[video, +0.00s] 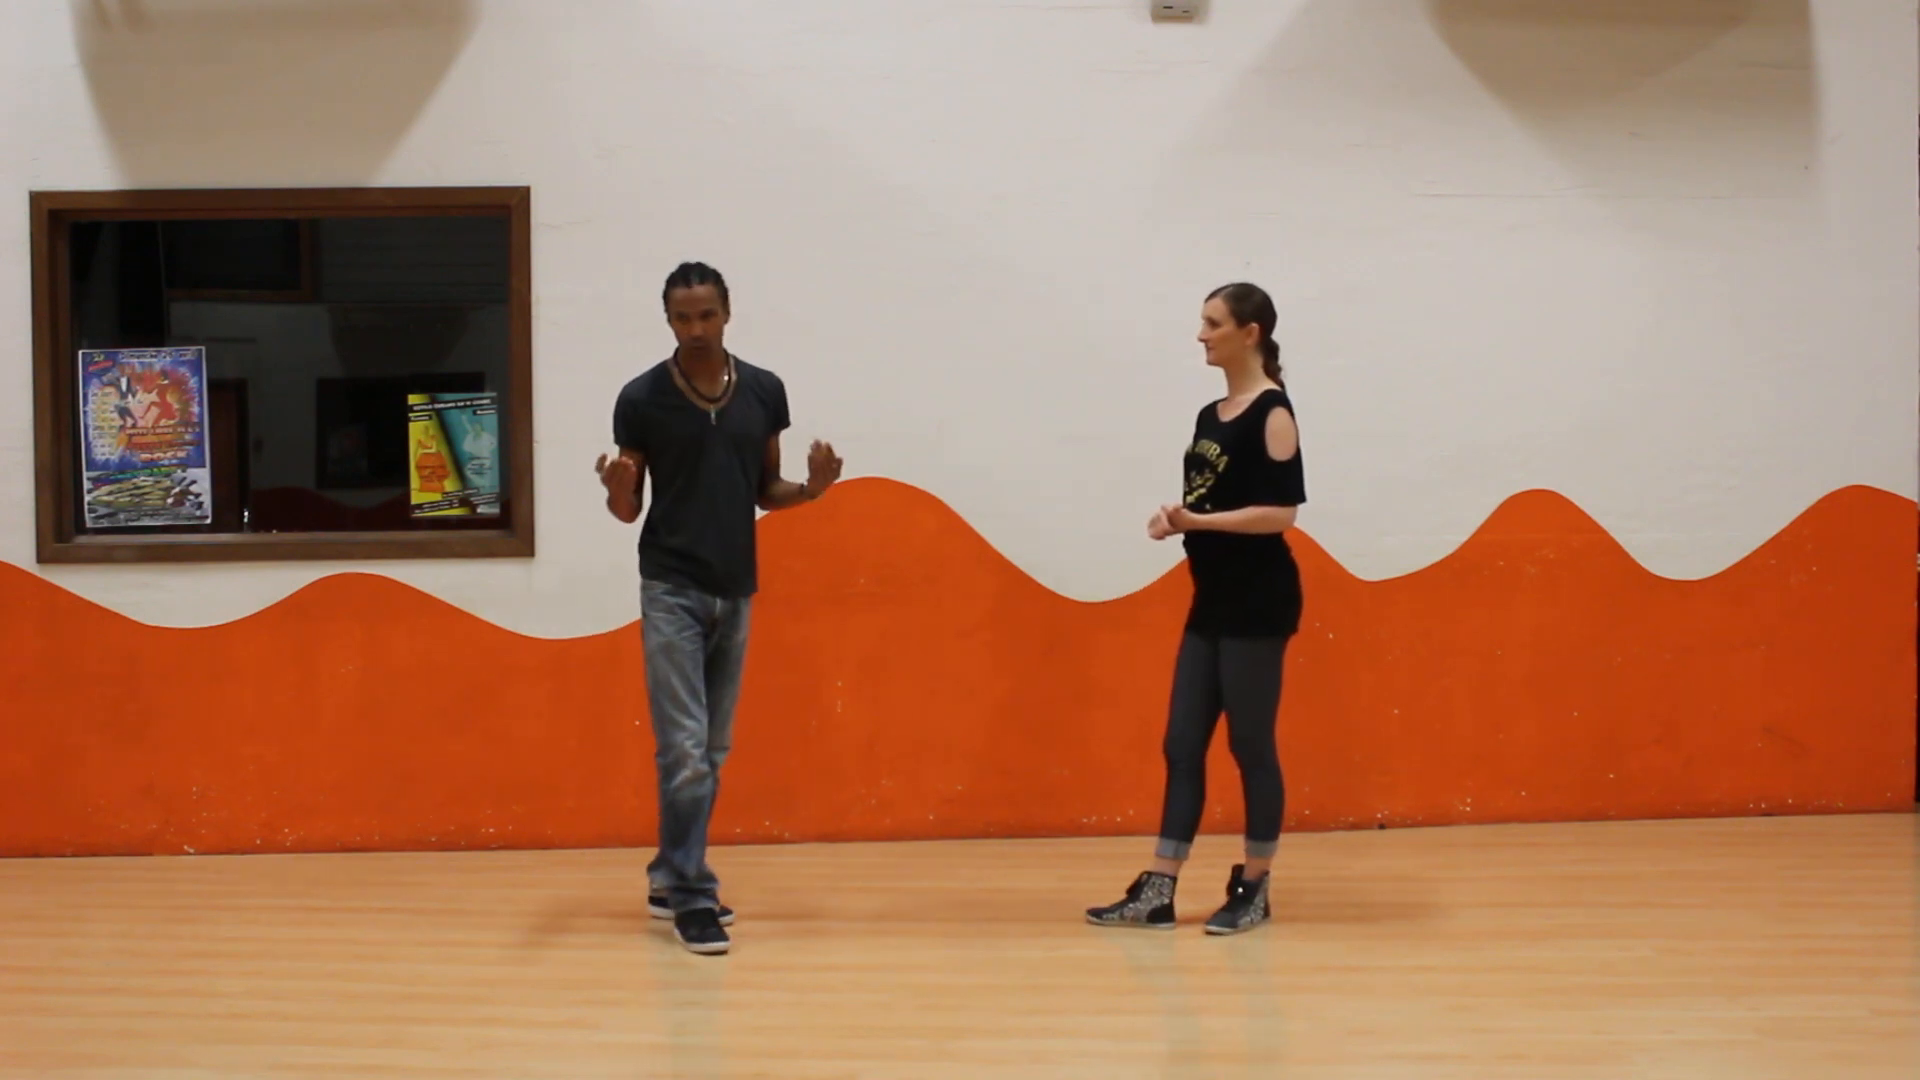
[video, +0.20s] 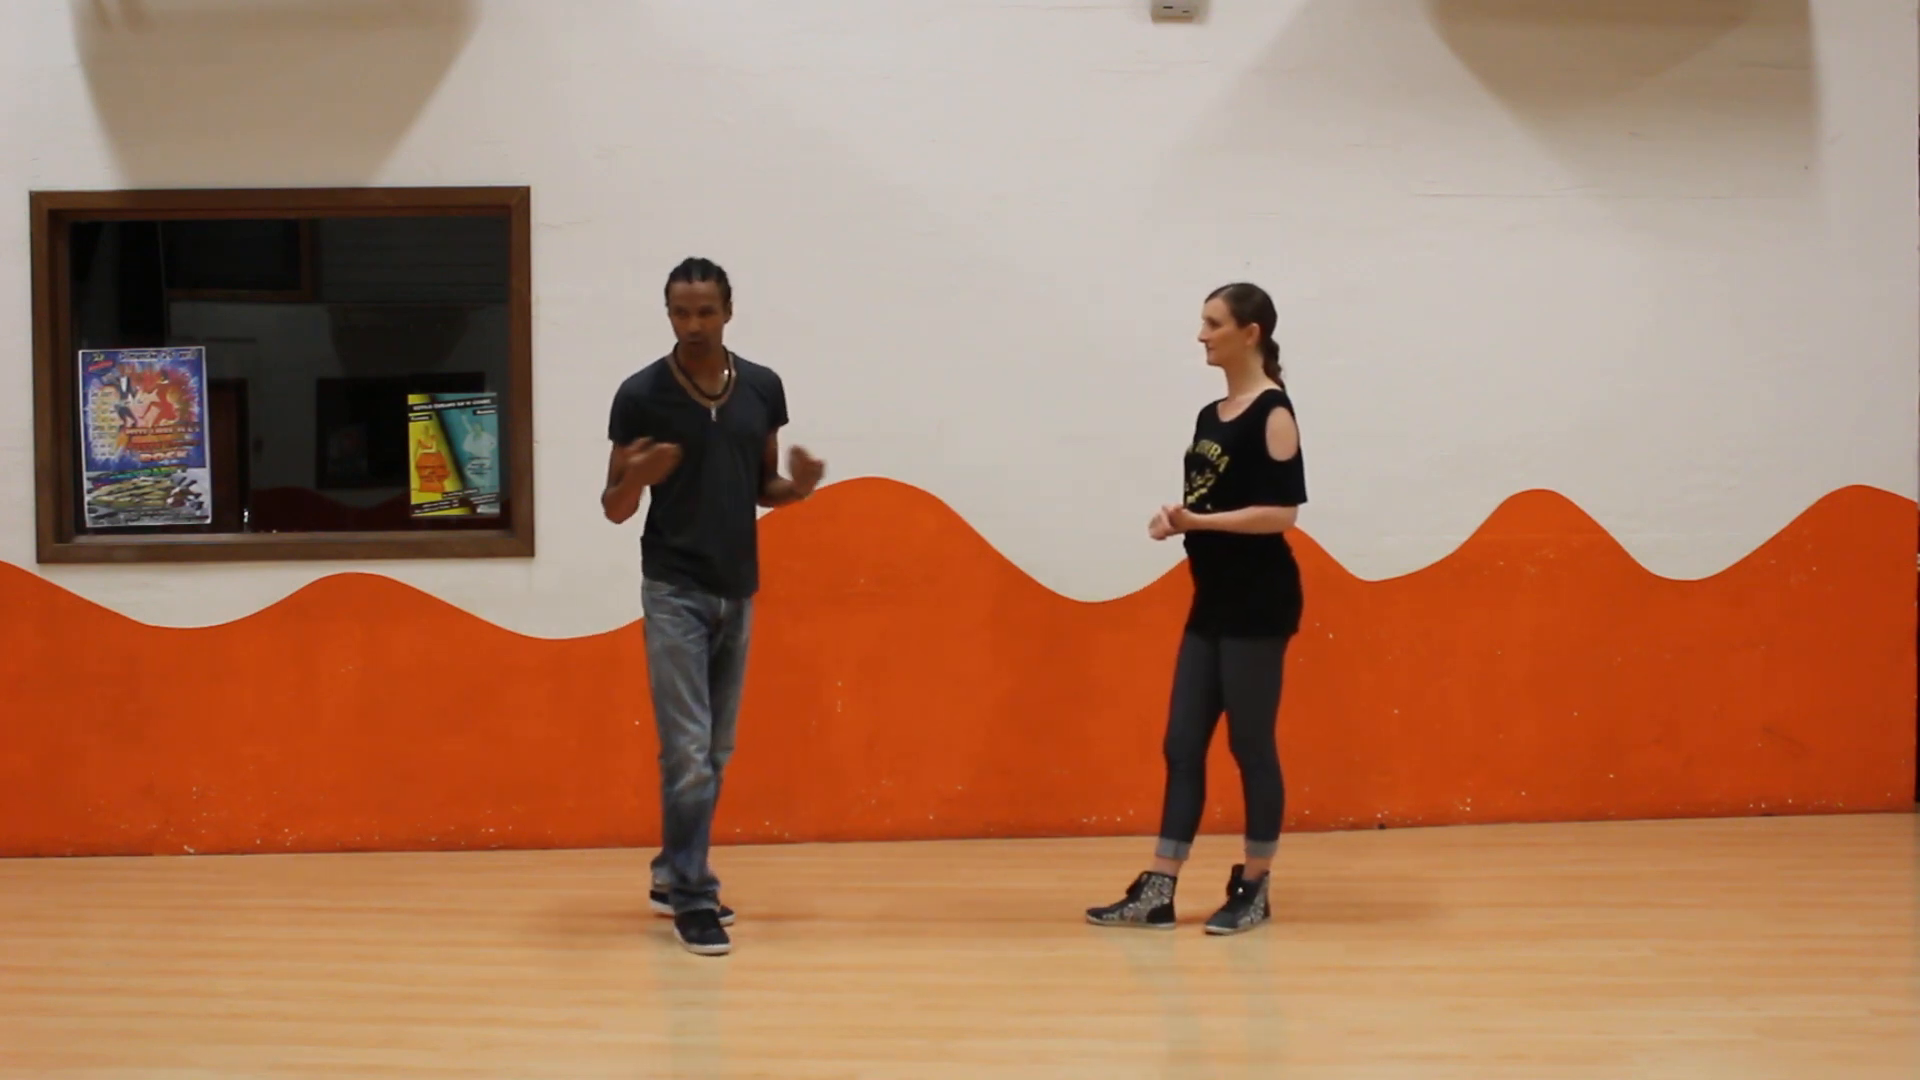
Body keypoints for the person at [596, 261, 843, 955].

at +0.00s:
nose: (695, 328)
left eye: (706, 314)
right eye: (683, 317)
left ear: (727, 314)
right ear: (667, 320)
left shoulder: (763, 391)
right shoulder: (642, 401)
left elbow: (767, 490)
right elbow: (627, 510)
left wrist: (812, 487)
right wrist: (618, 482)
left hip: (733, 590)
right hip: (668, 588)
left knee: (712, 748)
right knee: (686, 746)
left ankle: (672, 874)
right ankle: (694, 897)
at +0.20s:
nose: (692, 323)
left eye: (705, 311)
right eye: (681, 311)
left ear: (728, 313)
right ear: (667, 315)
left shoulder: (761, 387)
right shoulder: (641, 396)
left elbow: (764, 485)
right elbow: (617, 510)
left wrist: (797, 486)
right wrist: (631, 475)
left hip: (735, 589)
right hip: (672, 587)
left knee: (715, 748)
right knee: (689, 747)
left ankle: (677, 873)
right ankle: (695, 896)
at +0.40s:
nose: (709, 320)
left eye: (722, 308)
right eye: (697, 307)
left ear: (736, 312)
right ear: (674, 308)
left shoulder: (755, 383)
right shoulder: (643, 392)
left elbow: (769, 481)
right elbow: (615, 507)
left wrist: (769, 478)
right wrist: (696, 475)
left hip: (738, 590)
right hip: (676, 591)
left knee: (723, 752)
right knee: (690, 751)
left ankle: (682, 874)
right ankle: (696, 899)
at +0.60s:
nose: (750, 332)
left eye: (755, 320)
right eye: (741, 319)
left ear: (743, 321)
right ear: (697, 314)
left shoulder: (745, 380)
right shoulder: (648, 394)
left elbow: (740, 473)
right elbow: (631, 511)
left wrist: (761, 478)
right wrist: (719, 480)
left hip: (738, 592)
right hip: (676, 596)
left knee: (757, 740)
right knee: (688, 751)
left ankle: (704, 872)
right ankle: (691, 896)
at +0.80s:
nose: (773, 330)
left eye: (776, 318)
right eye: (766, 317)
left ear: (736, 315)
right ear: (723, 311)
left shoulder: (744, 384)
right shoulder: (664, 391)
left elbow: (727, 486)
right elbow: (650, 510)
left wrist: (759, 483)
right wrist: (735, 482)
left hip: (740, 591)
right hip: (679, 595)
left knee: (768, 737)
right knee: (692, 750)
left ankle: (750, 879)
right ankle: (692, 897)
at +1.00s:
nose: (793, 321)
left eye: (795, 308)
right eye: (784, 307)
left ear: (752, 308)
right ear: (741, 305)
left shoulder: (753, 384)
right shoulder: (686, 389)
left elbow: (726, 485)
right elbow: (675, 509)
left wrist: (767, 485)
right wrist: (760, 483)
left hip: (747, 594)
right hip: (691, 596)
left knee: (776, 743)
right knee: (695, 752)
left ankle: (799, 885)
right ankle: (693, 899)